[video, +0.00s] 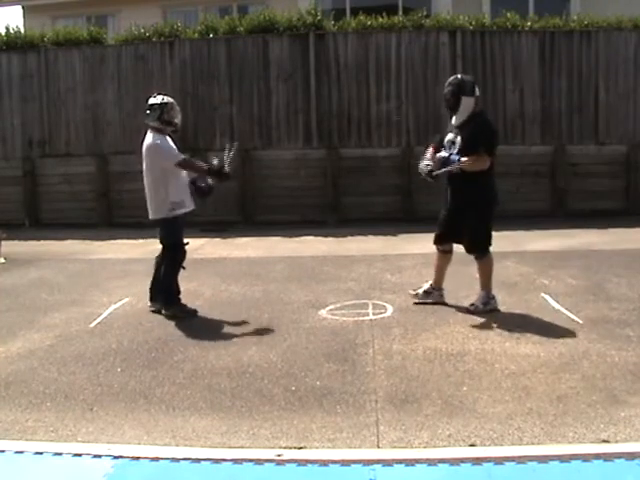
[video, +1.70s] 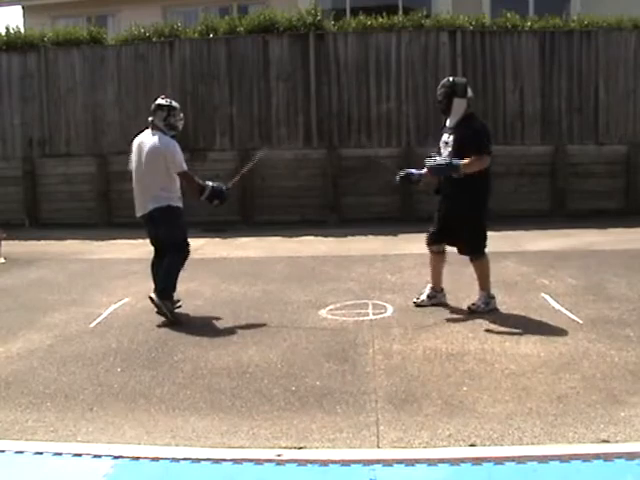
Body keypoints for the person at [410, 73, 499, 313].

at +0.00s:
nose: (447, 101)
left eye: (452, 96)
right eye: (447, 96)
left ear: (467, 98)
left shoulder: (481, 124)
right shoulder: (456, 123)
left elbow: (484, 161)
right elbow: (448, 151)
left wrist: (451, 165)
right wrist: (433, 157)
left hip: (478, 200)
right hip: (457, 197)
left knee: (479, 247)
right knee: (444, 241)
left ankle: (486, 295)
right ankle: (436, 287)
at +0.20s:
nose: (441, 103)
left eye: (447, 98)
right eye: (442, 98)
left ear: (459, 100)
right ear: (450, 100)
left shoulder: (470, 126)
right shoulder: (443, 122)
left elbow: (472, 164)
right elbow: (421, 129)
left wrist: (444, 169)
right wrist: (410, 136)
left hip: (465, 196)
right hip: (447, 194)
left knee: (470, 247)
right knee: (439, 243)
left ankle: (485, 295)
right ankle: (433, 289)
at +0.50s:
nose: (422, 100)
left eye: (426, 97)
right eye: (424, 97)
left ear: (437, 101)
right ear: (443, 101)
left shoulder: (443, 127)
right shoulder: (446, 120)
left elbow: (438, 164)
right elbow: (426, 98)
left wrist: (414, 165)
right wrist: (403, 102)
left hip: (441, 193)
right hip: (435, 191)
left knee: (439, 243)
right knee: (432, 242)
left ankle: (474, 286)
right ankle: (432, 289)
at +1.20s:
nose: (427, 101)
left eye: (431, 96)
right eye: (427, 96)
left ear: (443, 100)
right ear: (441, 100)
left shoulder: (455, 125)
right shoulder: (437, 123)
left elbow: (454, 164)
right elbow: (411, 122)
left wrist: (424, 159)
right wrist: (388, 110)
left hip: (451, 198)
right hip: (438, 196)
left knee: (459, 247)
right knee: (432, 243)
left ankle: (483, 293)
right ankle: (431, 290)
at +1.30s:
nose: (433, 103)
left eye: (438, 98)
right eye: (433, 98)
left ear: (451, 100)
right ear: (444, 100)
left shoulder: (465, 125)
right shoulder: (442, 125)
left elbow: (459, 160)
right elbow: (419, 148)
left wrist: (432, 148)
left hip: (465, 199)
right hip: (447, 198)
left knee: (474, 247)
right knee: (439, 243)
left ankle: (486, 295)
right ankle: (433, 290)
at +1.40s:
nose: (437, 101)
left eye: (441, 97)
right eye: (436, 96)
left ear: (456, 99)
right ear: (440, 100)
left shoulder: (469, 125)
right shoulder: (446, 124)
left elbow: (461, 156)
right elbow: (431, 151)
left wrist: (435, 140)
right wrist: (411, 167)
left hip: (473, 198)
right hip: (452, 197)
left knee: (479, 246)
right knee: (442, 241)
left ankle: (486, 295)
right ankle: (435, 289)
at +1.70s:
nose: (440, 105)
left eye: (444, 100)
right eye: (439, 100)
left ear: (458, 101)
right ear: (448, 101)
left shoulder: (474, 127)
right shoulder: (449, 127)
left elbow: (484, 159)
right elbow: (446, 163)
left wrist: (456, 167)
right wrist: (421, 174)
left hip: (471, 200)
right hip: (450, 197)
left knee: (475, 248)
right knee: (436, 241)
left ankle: (486, 296)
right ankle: (436, 290)